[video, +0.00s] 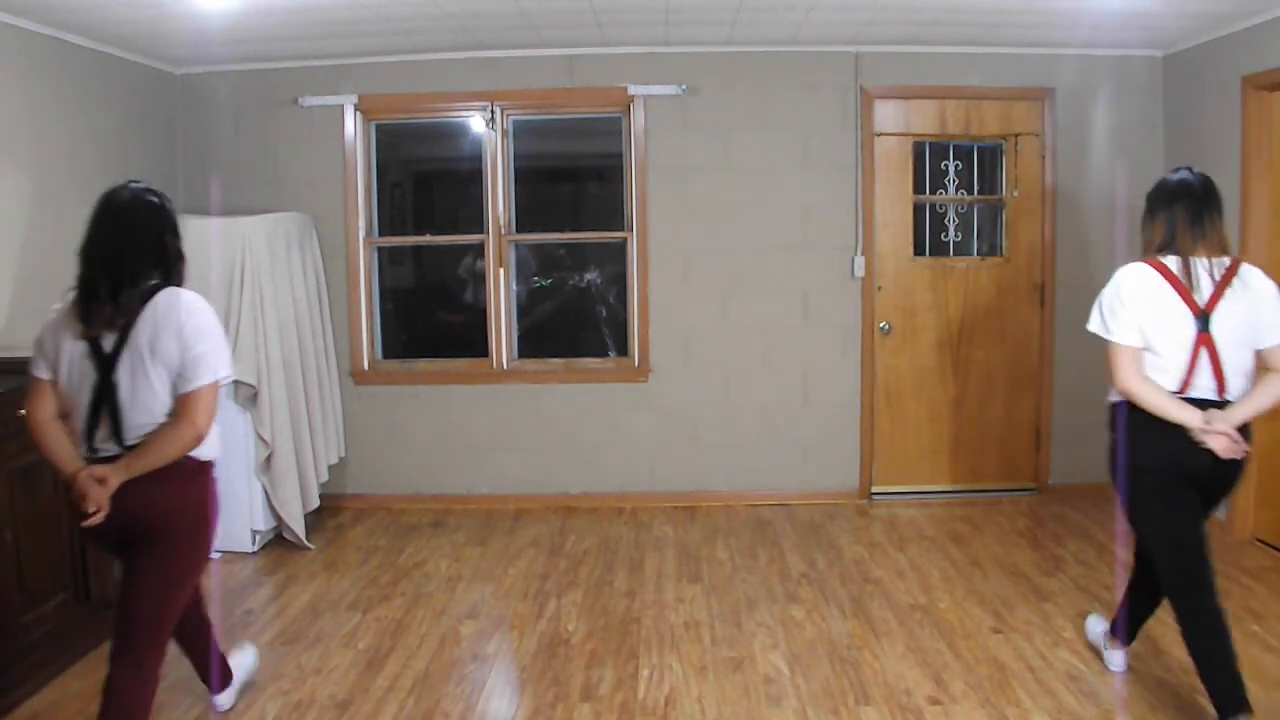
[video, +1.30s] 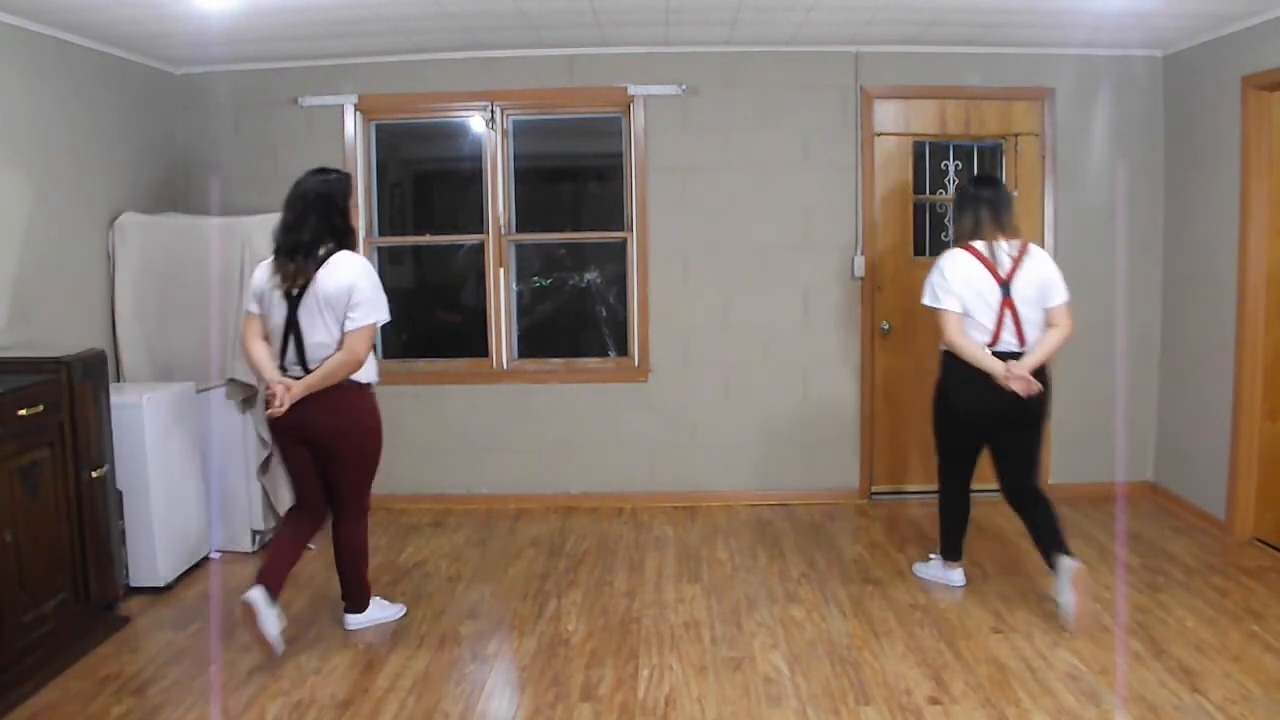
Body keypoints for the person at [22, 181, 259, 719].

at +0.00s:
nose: (175, 246)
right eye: (172, 236)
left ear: (95, 243)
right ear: (168, 245)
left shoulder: (66, 319)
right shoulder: (186, 313)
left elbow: (39, 414)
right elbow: (193, 424)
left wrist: (79, 476)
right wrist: (116, 473)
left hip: (98, 499)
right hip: (173, 496)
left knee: (176, 592)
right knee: (135, 656)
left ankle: (222, 678)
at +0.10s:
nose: (189, 239)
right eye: (186, 230)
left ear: (112, 240)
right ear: (183, 239)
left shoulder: (91, 311)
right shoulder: (201, 303)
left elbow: (68, 403)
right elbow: (216, 411)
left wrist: (109, 462)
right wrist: (145, 458)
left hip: (127, 477)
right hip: (198, 475)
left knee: (200, 580)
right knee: (181, 623)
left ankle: (226, 680)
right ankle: (142, 713)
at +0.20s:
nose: (203, 223)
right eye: (199, 214)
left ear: (129, 227)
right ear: (195, 224)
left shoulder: (110, 298)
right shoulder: (215, 288)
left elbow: (92, 381)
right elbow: (224, 393)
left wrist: (128, 436)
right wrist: (156, 440)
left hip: (143, 461)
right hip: (210, 460)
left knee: (201, 569)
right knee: (227, 588)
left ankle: (226, 680)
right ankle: (165, 692)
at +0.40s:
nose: (224, 210)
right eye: (219, 202)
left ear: (154, 211)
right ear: (214, 208)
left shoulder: (134, 278)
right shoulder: (229, 268)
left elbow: (119, 360)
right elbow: (235, 367)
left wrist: (151, 411)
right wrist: (181, 415)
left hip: (163, 429)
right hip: (230, 428)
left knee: (207, 550)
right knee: (271, 534)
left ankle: (220, 677)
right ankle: (229, 650)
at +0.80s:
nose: (255, 217)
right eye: (254, 208)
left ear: (194, 214)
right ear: (254, 214)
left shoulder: (169, 281)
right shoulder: (270, 271)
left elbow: (154, 357)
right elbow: (274, 359)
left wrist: (184, 402)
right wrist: (215, 406)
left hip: (194, 424)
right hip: (261, 422)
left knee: (216, 548)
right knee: (305, 510)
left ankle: (224, 680)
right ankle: (282, 624)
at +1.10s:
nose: (311, 229)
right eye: (310, 221)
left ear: (253, 224)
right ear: (305, 227)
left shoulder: (228, 287)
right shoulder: (319, 284)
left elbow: (211, 356)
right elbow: (324, 367)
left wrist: (237, 397)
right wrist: (267, 408)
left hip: (247, 428)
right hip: (312, 426)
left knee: (249, 544)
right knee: (331, 522)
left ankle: (229, 668)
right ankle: (355, 606)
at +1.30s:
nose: (358, 212)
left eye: (355, 202)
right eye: (353, 204)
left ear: (298, 212)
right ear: (339, 213)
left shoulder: (267, 272)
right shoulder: (355, 271)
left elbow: (254, 338)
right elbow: (354, 353)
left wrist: (273, 381)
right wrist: (298, 388)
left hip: (286, 408)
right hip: (345, 406)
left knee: (308, 504)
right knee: (351, 509)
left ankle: (265, 590)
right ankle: (358, 607)